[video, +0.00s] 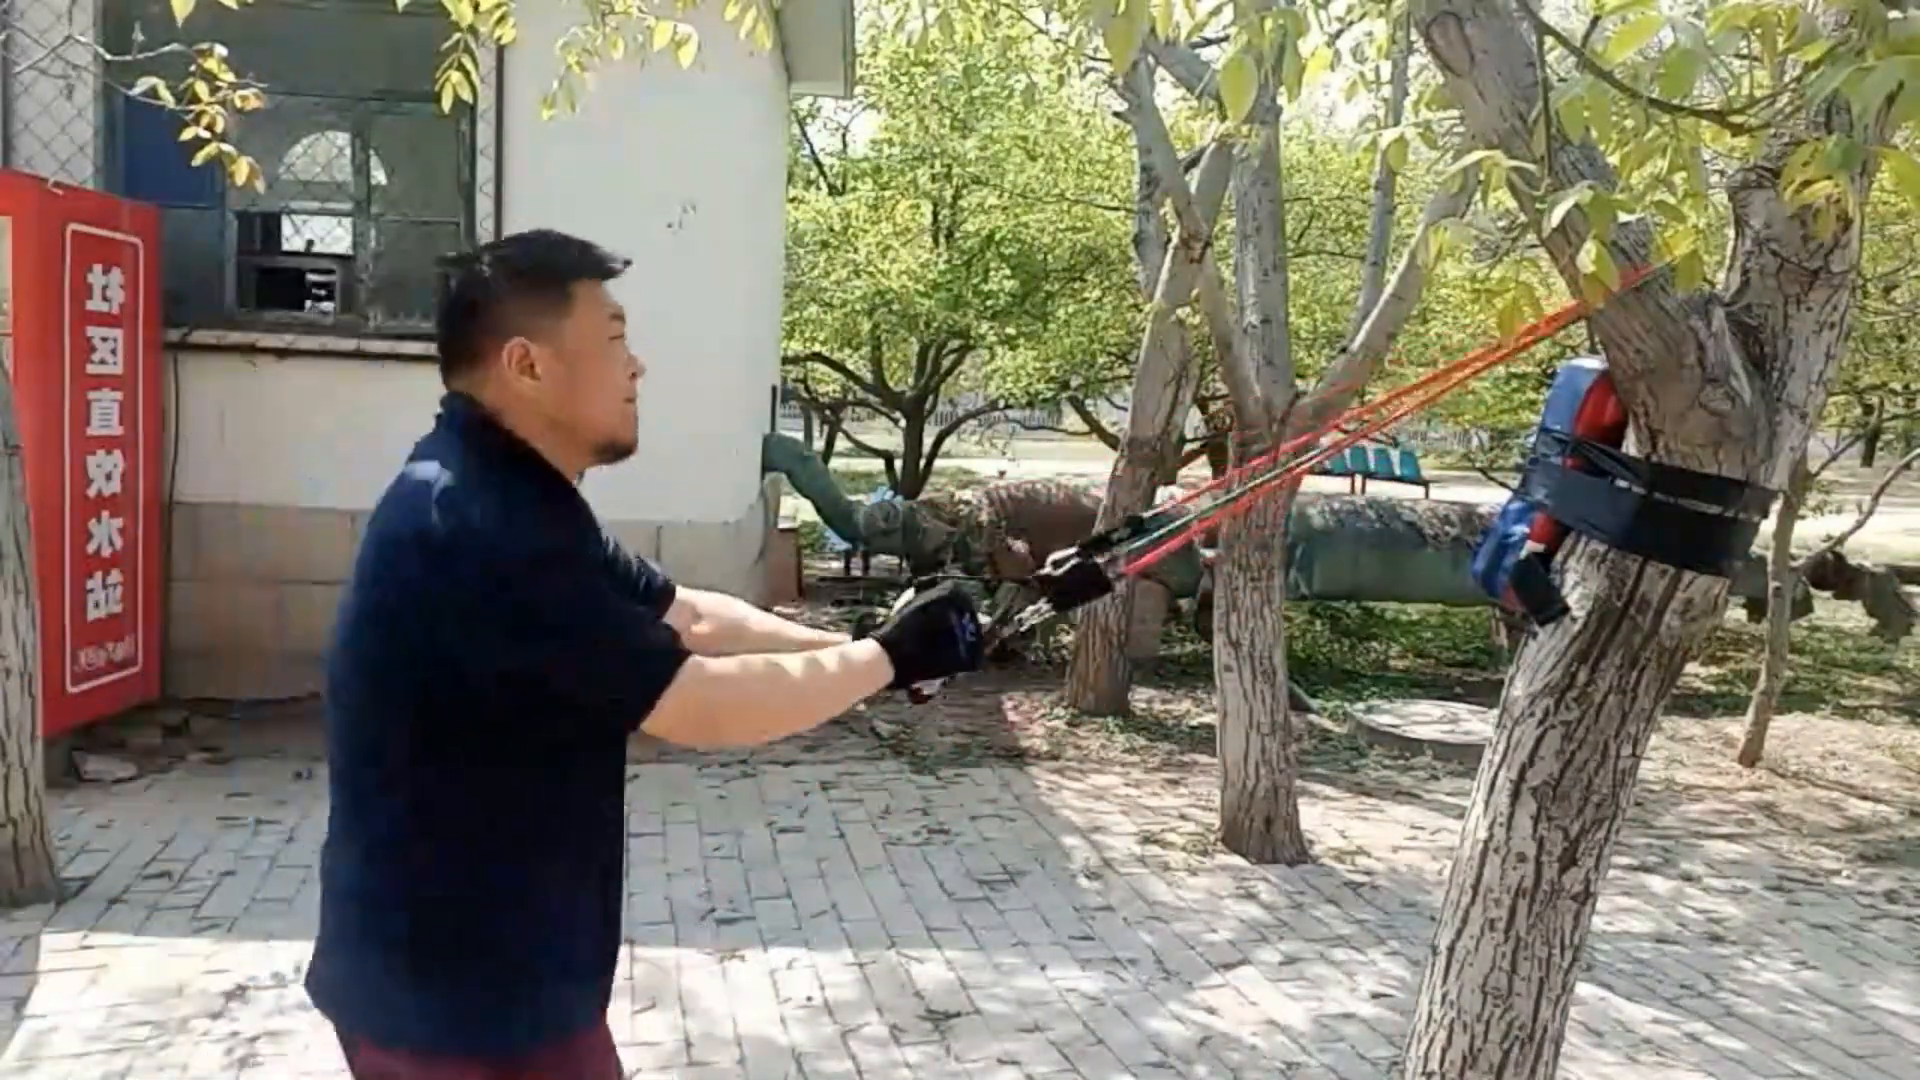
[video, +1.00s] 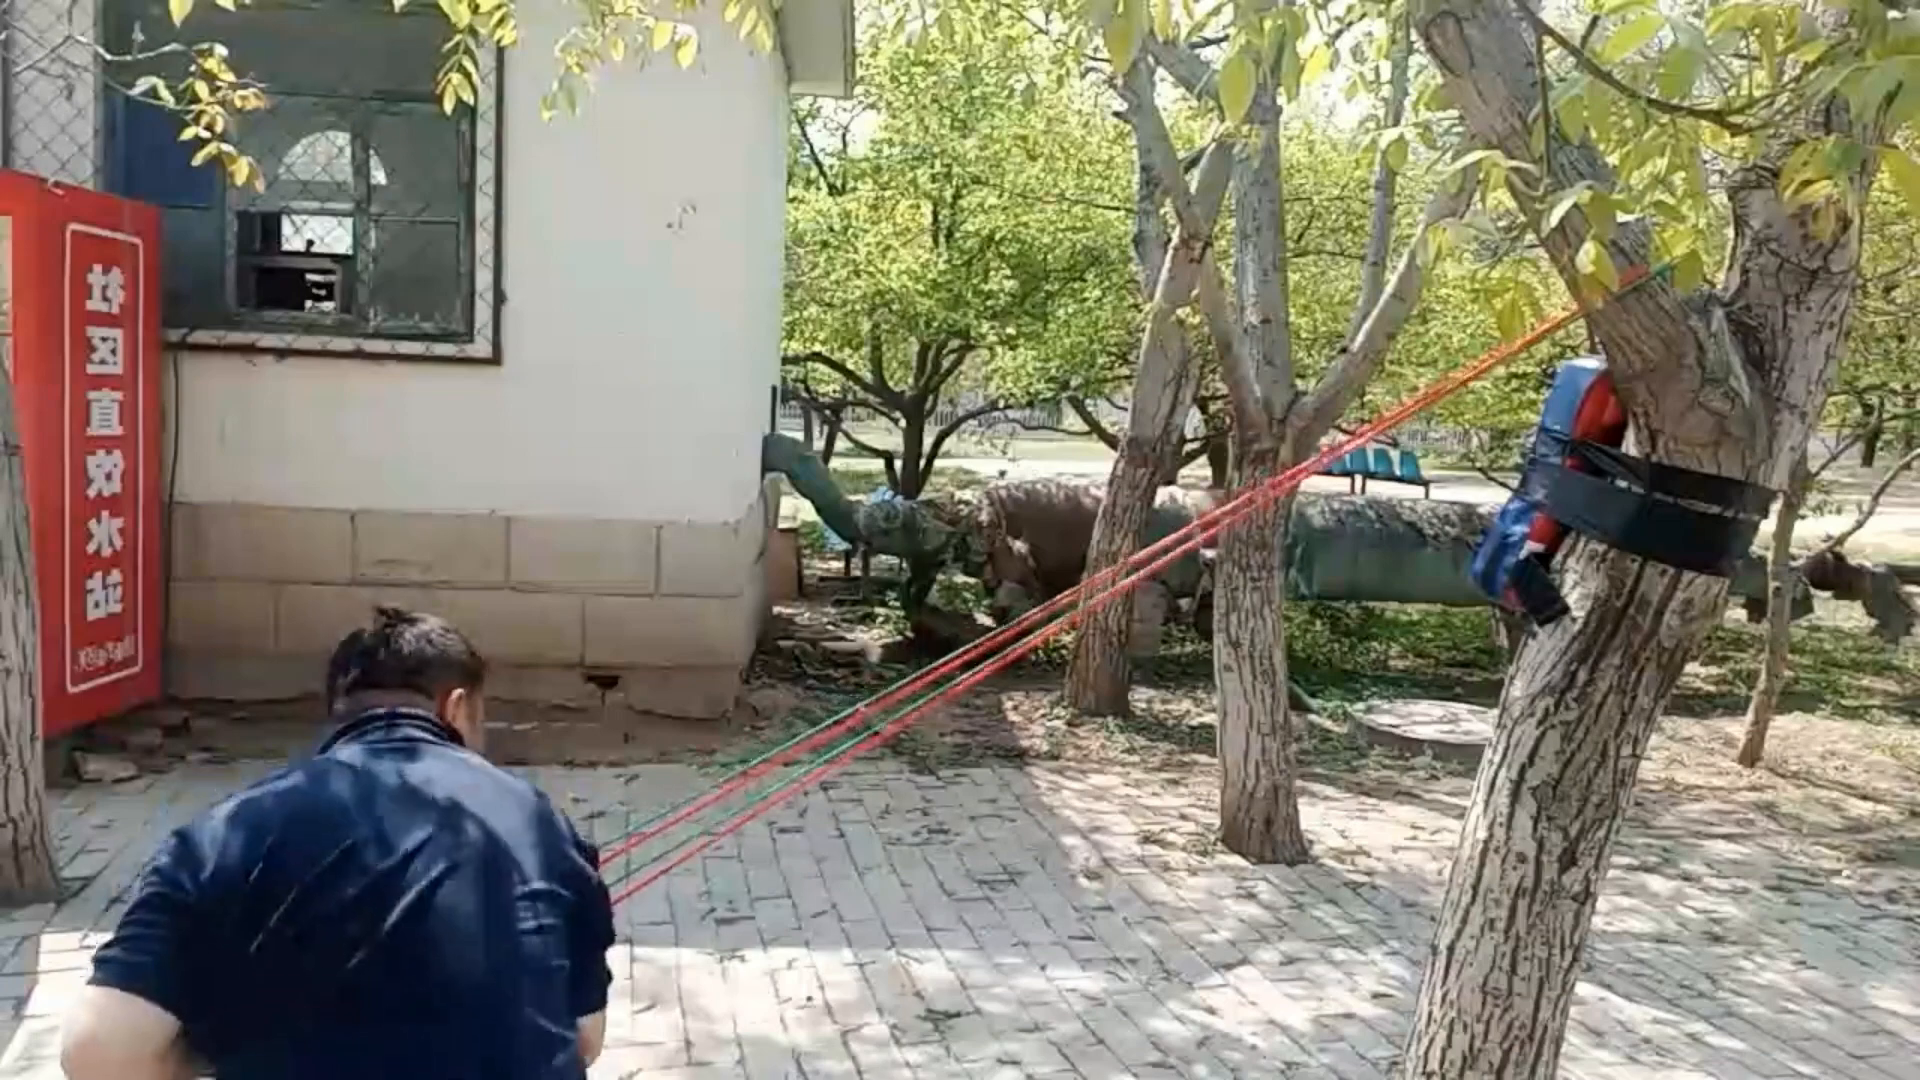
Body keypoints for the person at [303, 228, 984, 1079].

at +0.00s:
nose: (638, 365)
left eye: (625, 335)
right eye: (613, 336)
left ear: (524, 370)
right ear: (526, 366)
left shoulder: (499, 493)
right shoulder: (492, 528)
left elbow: (687, 618)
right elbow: (697, 708)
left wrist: (866, 655)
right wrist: (886, 661)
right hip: (478, 1014)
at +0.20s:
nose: (696, 421)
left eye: (689, 395)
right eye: (686, 394)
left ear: (538, 417)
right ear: (637, 406)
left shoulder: (465, 521)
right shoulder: (628, 578)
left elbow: (687, 619)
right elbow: (771, 770)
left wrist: (857, 629)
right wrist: (943, 688)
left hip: (366, 982)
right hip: (524, 1017)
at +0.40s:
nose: (633, 506)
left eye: (633, 478)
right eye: (633, 474)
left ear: (492, 460)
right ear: (613, 459)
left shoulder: (405, 564)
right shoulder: (585, 566)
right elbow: (735, 657)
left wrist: (780, 604)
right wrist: (792, 499)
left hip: (350, 1028)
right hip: (546, 1035)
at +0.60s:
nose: (521, 589)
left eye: (520, 571)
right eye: (520, 569)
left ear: (371, 570)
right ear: (505, 562)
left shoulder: (261, 706)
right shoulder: (580, 666)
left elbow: (245, 887)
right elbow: (695, 845)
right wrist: (589, 831)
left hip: (308, 1060)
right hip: (536, 1057)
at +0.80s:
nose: (462, 731)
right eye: (460, 715)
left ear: (304, 723)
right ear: (437, 705)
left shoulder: (223, 817)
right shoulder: (530, 814)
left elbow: (103, 1037)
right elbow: (566, 1029)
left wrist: (233, 1038)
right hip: (507, 1068)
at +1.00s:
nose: (484, 739)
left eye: (483, 721)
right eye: (483, 719)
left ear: (339, 715)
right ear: (455, 709)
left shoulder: (228, 828)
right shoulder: (541, 822)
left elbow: (102, 1051)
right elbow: (584, 1041)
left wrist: (249, 1042)